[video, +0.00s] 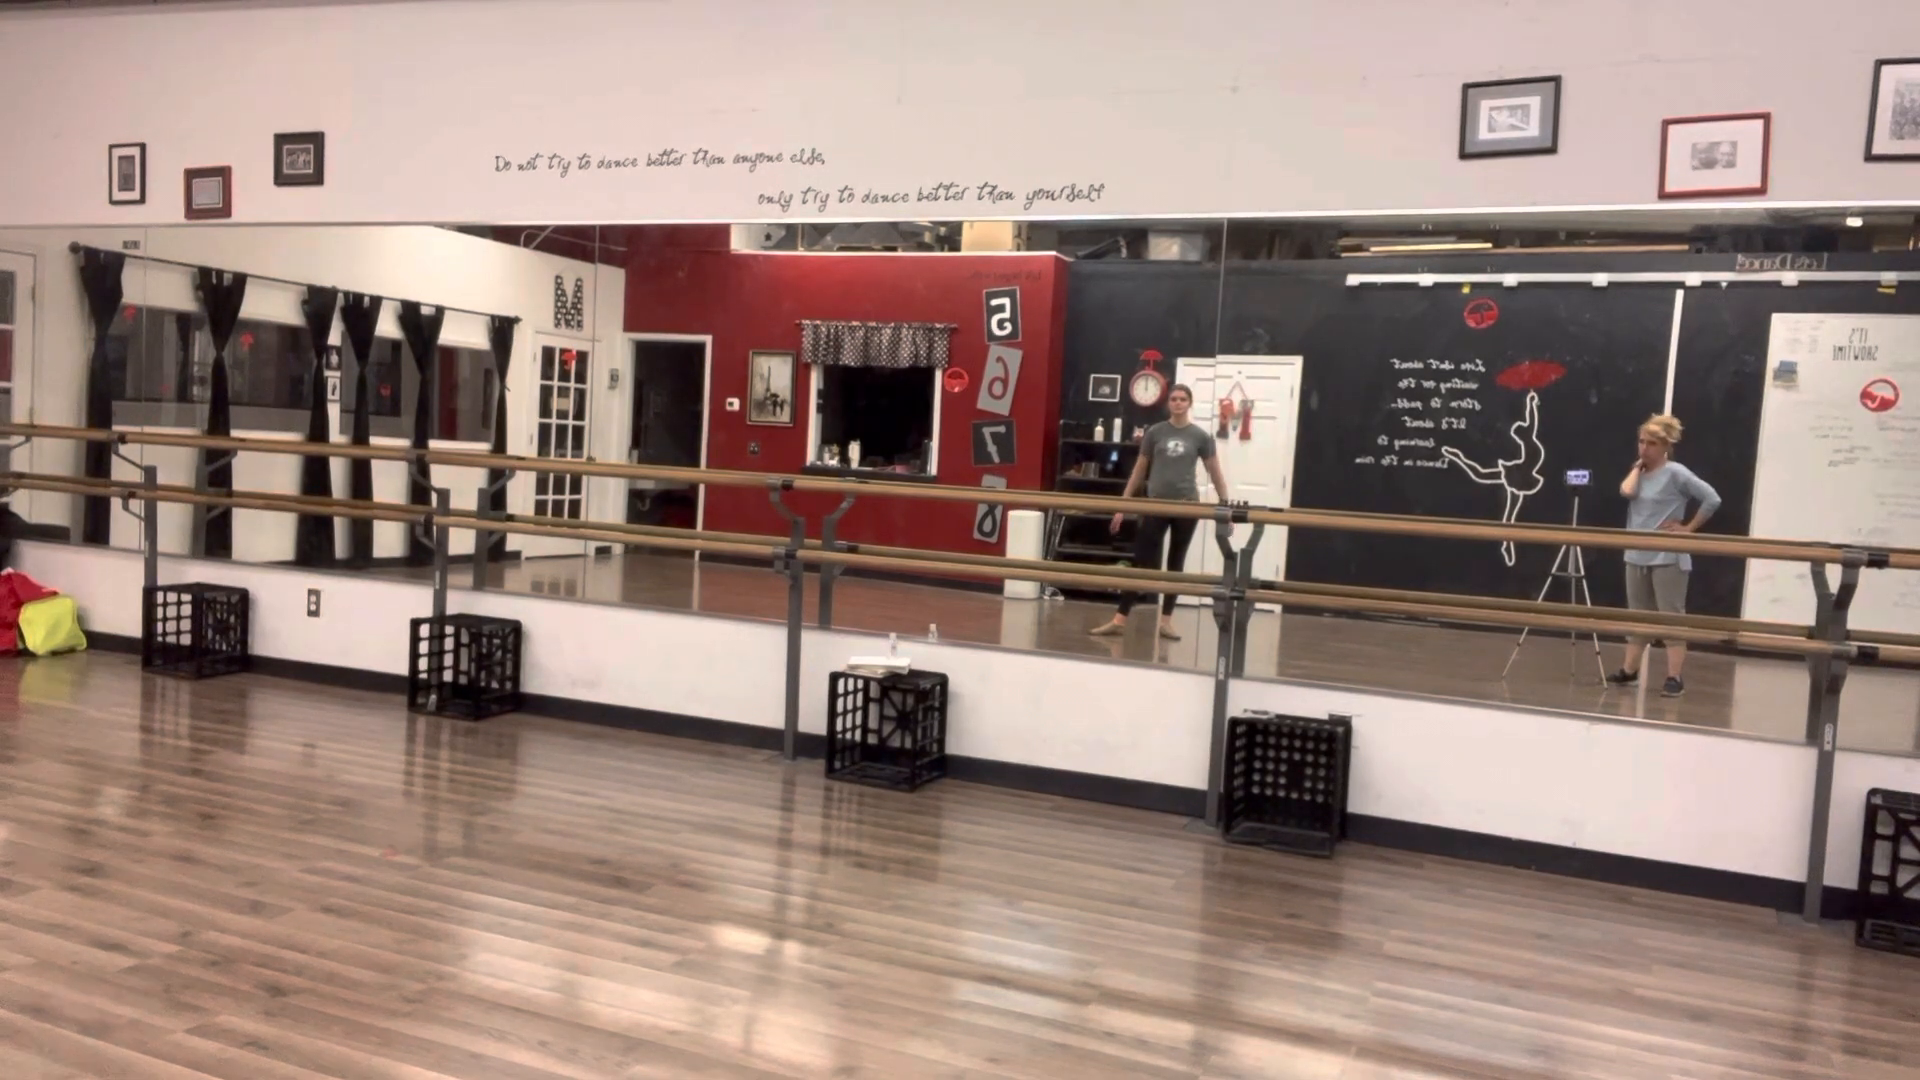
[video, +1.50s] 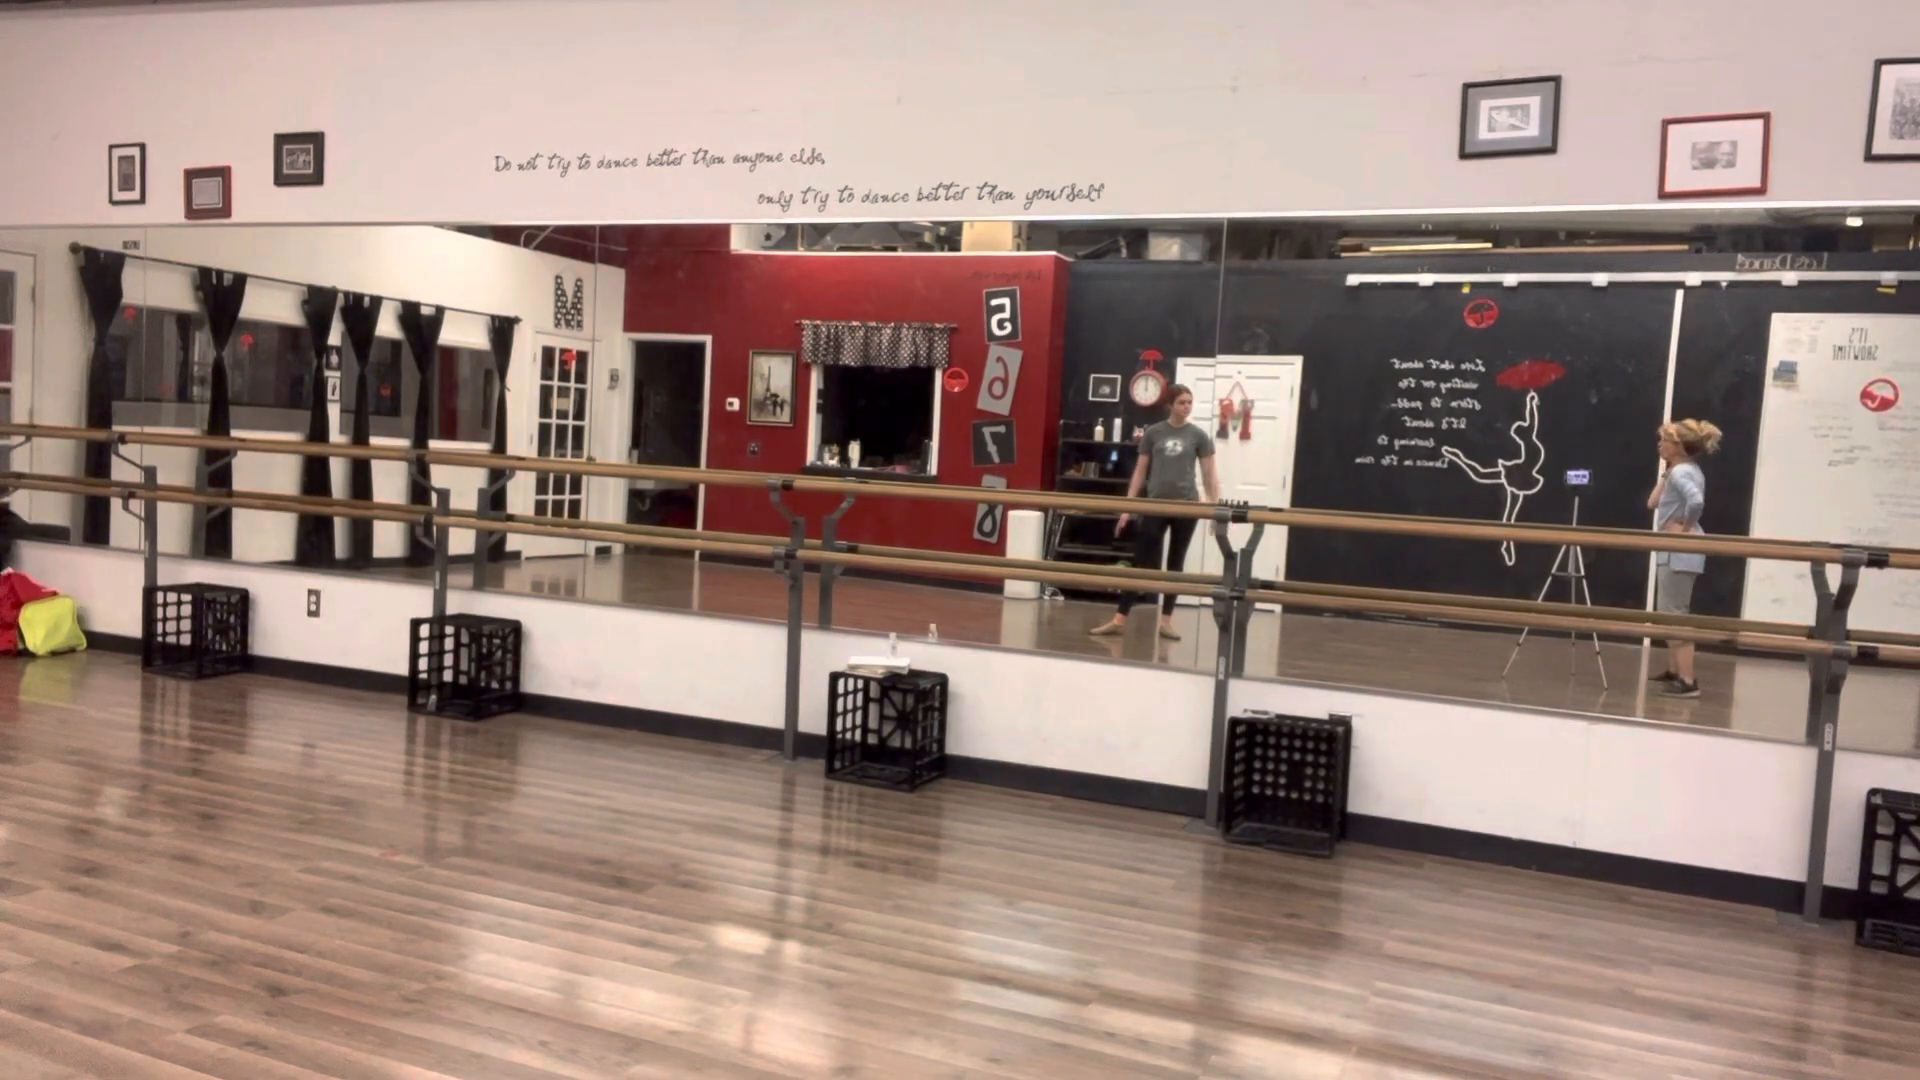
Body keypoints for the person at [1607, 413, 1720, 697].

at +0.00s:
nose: (1643, 449)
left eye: (1650, 444)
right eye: (1641, 442)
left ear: (1665, 447)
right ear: (1639, 444)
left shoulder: (1676, 473)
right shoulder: (1637, 473)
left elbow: (1712, 499)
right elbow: (1627, 491)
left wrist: (1689, 528)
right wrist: (1638, 465)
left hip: (1668, 556)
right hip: (1636, 555)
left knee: (1671, 618)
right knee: (1637, 616)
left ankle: (1674, 677)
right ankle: (1629, 670)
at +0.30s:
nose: (1634, 444)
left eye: (1641, 439)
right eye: (1633, 438)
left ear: (1657, 445)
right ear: (1631, 442)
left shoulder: (1668, 473)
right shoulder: (1628, 475)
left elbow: (1705, 497)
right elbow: (1619, 498)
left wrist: (1683, 527)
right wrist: (1627, 470)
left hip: (1663, 555)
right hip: (1631, 554)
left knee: (1667, 616)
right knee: (1634, 615)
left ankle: (1673, 676)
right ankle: (1629, 670)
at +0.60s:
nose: (1632, 444)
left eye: (1639, 439)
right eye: (1632, 438)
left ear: (1656, 445)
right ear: (1633, 443)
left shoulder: (1669, 474)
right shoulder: (1632, 477)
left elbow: (1707, 498)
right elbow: (1616, 502)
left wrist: (1686, 527)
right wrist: (1628, 473)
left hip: (1665, 555)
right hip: (1634, 554)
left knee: (1666, 617)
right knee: (1635, 616)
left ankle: (1681, 677)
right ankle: (1628, 670)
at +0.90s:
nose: (1642, 448)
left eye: (1647, 442)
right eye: (1642, 442)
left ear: (1664, 445)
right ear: (1656, 447)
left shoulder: (1677, 473)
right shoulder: (1656, 477)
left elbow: (1709, 499)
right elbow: (1637, 507)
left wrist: (1696, 527)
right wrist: (1648, 475)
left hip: (1682, 557)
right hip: (1658, 555)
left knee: (1678, 618)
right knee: (1645, 614)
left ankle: (1688, 679)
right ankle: (1628, 670)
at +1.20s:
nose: (1654, 444)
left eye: (1659, 439)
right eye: (1654, 439)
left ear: (1676, 443)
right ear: (1672, 444)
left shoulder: (1681, 471)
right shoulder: (1672, 471)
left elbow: (1696, 502)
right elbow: (1652, 501)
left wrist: (1689, 526)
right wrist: (1663, 471)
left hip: (1687, 554)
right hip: (1670, 552)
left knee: (1681, 617)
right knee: (1656, 611)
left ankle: (1688, 678)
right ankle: (1663, 668)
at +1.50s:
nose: (1660, 444)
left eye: (1665, 440)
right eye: (1661, 439)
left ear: (1679, 446)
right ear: (1674, 445)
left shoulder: (1681, 472)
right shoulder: (1676, 471)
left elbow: (1696, 500)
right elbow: (1652, 502)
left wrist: (1685, 526)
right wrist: (1664, 471)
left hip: (1679, 555)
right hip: (1669, 554)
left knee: (1676, 615)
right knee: (1669, 614)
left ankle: (1687, 678)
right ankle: (1674, 669)